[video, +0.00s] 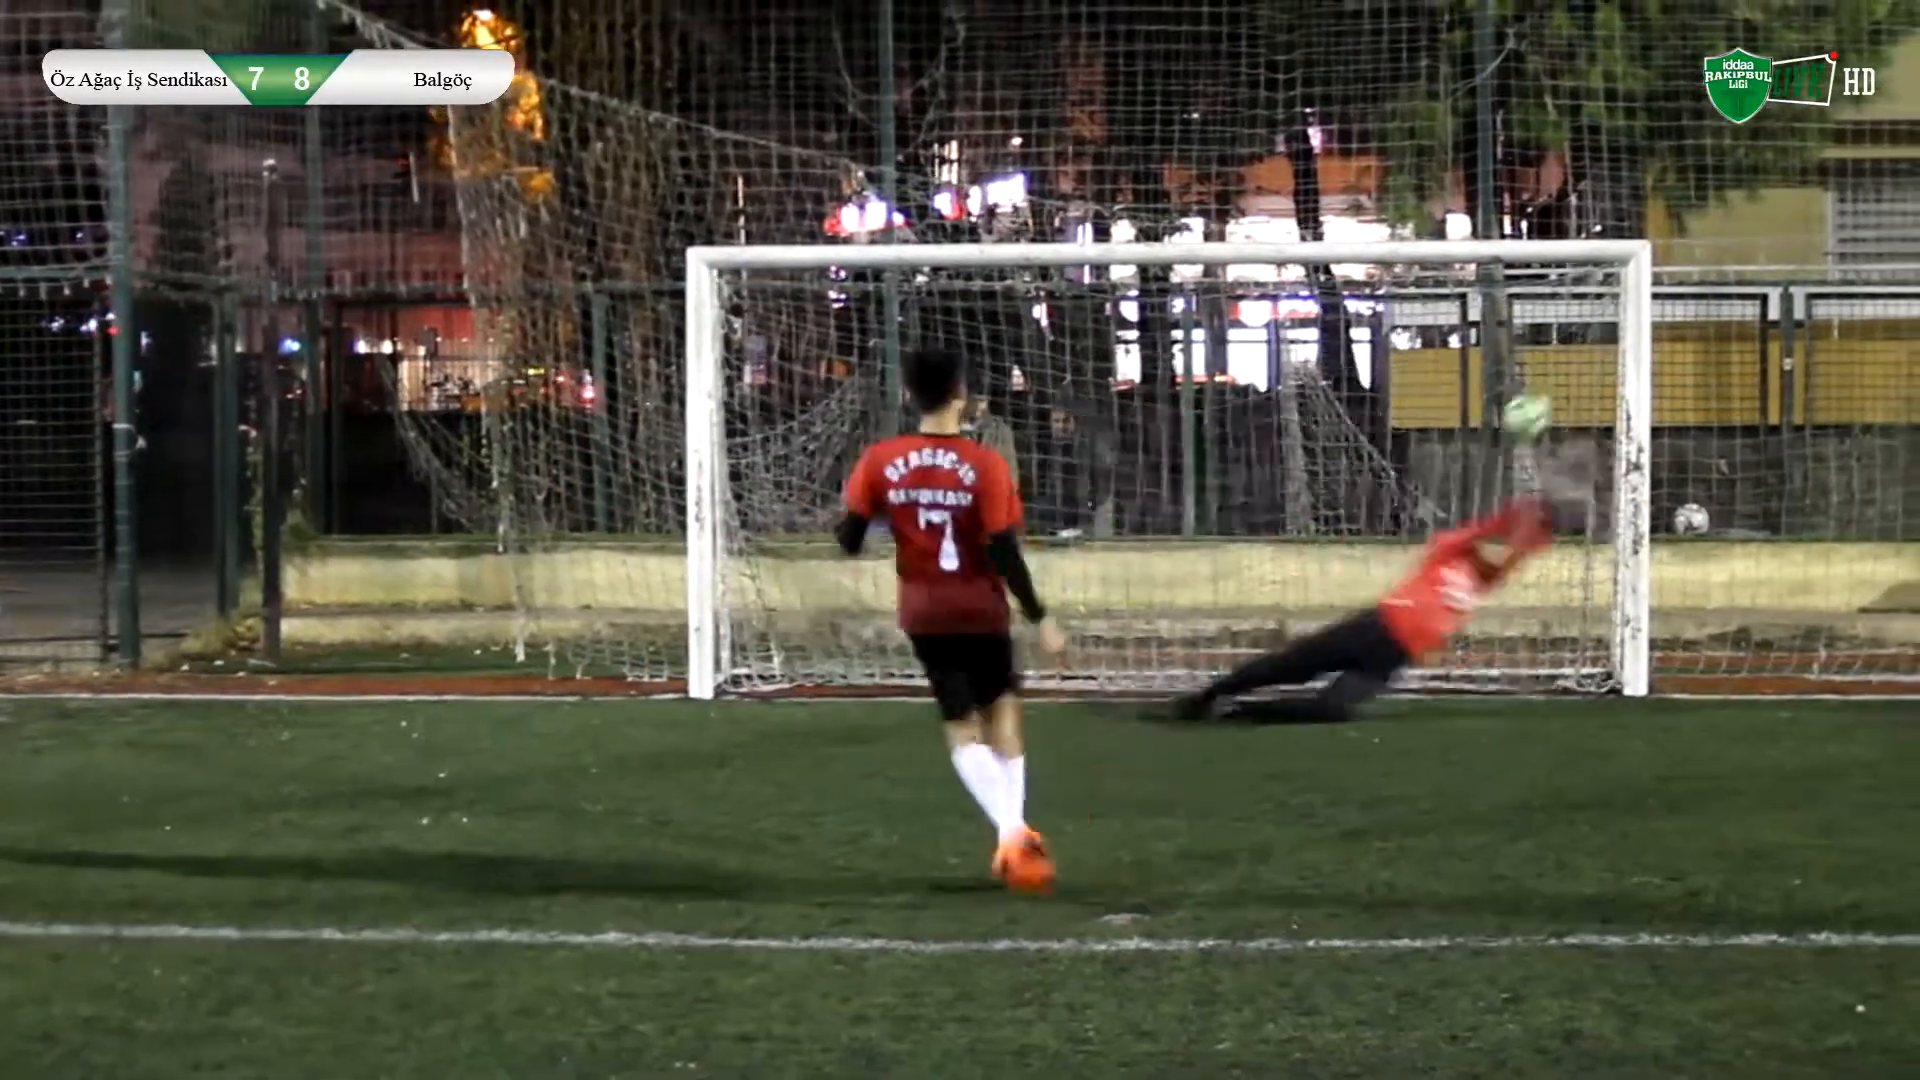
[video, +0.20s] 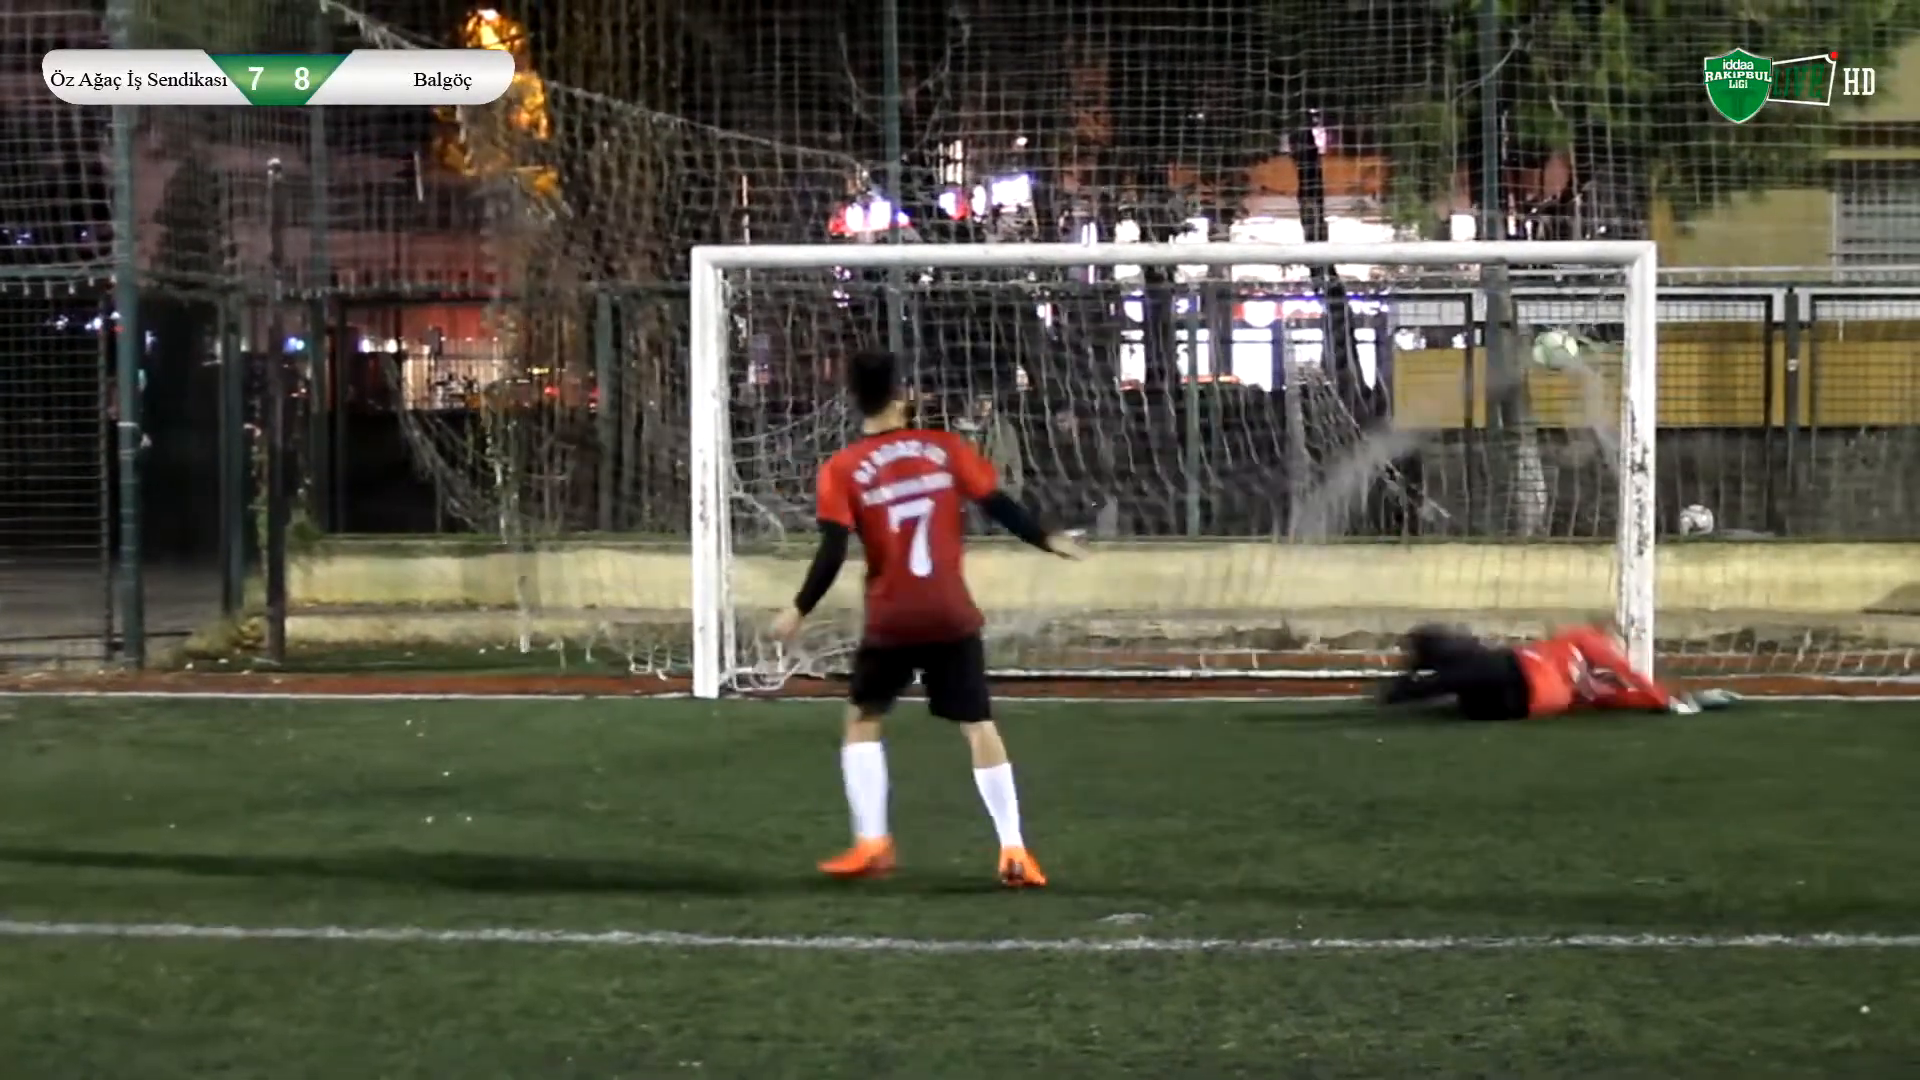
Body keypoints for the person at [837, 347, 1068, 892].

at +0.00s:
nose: (969, 399)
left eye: (962, 390)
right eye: (968, 390)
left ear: (911, 397)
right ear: (961, 395)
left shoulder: (882, 458)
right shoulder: (985, 463)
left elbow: (848, 539)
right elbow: (1002, 549)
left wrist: (875, 502)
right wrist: (1041, 617)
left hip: (924, 619)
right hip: (982, 617)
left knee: (961, 730)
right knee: (1003, 714)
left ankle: (1013, 829)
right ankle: (1011, 837)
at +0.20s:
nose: (908, 399)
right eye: (906, 391)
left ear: (855, 400)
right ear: (903, 397)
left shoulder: (841, 467)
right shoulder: (945, 447)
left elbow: (833, 551)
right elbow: (999, 504)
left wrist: (798, 609)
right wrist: (1046, 538)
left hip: (890, 622)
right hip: (954, 617)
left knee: (864, 720)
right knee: (979, 725)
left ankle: (871, 838)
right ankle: (1013, 845)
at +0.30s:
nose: (840, 400)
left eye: (813, 399)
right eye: (842, 390)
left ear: (802, 403)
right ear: (846, 394)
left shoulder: (798, 467)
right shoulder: (892, 446)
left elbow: (808, 545)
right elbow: (945, 507)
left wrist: (780, 608)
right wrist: (964, 533)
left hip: (842, 621)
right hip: (903, 613)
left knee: (826, 720)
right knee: (941, 718)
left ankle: (838, 844)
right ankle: (990, 821)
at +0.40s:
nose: (765, 411)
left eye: (763, 404)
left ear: (765, 405)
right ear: (807, 395)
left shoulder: (770, 461)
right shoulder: (860, 447)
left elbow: (781, 538)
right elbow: (905, 514)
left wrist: (762, 601)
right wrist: (908, 566)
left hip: (810, 616)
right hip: (864, 610)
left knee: (809, 727)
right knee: (889, 713)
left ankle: (833, 846)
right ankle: (947, 812)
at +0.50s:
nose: (709, 423)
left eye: (707, 412)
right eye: (704, 413)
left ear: (722, 404)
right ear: (749, 394)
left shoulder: (733, 450)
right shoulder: (807, 439)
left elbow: (728, 525)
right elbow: (849, 512)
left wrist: (712, 567)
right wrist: (834, 569)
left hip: (764, 603)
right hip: (811, 594)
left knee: (783, 717)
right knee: (807, 705)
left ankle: (822, 836)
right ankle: (843, 811)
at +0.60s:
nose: (674, 421)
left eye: (674, 410)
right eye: (671, 411)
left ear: (692, 403)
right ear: (714, 398)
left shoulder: (704, 447)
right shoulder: (773, 437)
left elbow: (701, 527)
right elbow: (820, 505)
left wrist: (678, 551)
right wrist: (803, 567)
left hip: (738, 594)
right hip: (781, 587)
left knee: (764, 715)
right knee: (753, 704)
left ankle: (817, 828)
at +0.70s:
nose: (618, 432)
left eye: (620, 420)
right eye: (615, 422)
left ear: (642, 412)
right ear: (659, 408)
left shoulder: (656, 456)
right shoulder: (716, 445)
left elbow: (656, 539)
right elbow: (767, 506)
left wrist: (615, 566)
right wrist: (749, 569)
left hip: (687, 609)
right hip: (721, 602)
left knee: (714, 725)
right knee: (683, 716)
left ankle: (794, 815)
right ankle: (661, 816)